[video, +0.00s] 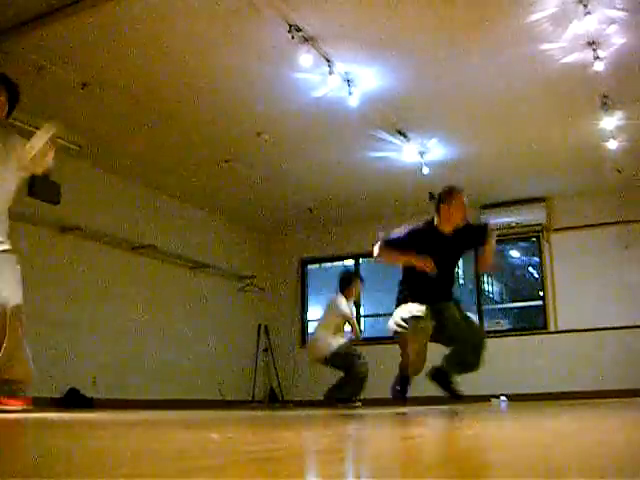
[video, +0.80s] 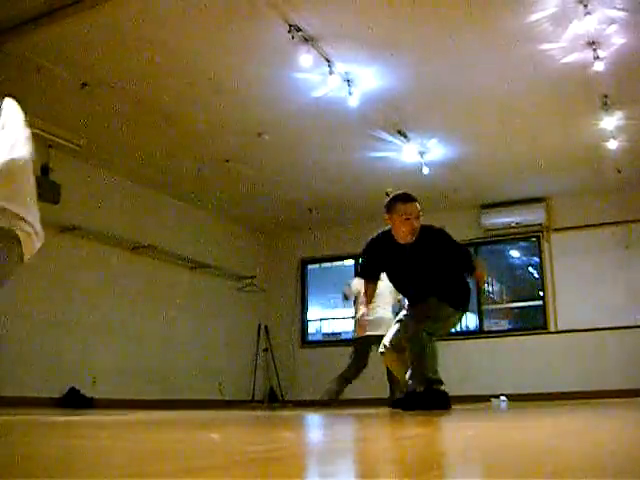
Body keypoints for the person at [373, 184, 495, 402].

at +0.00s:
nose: (465, 212)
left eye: (464, 206)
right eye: (460, 206)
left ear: (454, 210)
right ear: (446, 209)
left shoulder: (464, 233)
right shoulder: (420, 233)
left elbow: (488, 233)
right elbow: (380, 252)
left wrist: (487, 249)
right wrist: (413, 260)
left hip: (443, 307)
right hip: (413, 304)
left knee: (474, 339)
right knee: (416, 324)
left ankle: (443, 372)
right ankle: (405, 377)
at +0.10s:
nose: (461, 247)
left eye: (461, 241)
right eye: (456, 241)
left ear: (461, 244)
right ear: (441, 243)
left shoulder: (458, 267)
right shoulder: (418, 267)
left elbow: (475, 274)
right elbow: (381, 290)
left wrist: (469, 297)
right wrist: (417, 303)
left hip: (431, 328)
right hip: (401, 325)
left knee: (458, 361)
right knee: (410, 336)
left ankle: (427, 388)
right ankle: (393, 392)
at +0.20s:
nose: (459, 284)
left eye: (458, 279)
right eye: (454, 279)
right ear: (437, 281)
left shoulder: (456, 301)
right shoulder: (414, 302)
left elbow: (471, 322)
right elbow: (376, 328)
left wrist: (469, 346)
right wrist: (407, 344)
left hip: (426, 352)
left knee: (460, 368)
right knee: (400, 356)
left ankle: (428, 393)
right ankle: (389, 394)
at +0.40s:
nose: (435, 256)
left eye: (437, 249)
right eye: (429, 249)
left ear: (439, 250)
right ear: (414, 251)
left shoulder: (446, 278)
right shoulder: (393, 278)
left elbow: (445, 314)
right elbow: (371, 306)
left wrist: (434, 291)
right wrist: (365, 338)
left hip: (430, 341)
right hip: (398, 339)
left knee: (457, 374)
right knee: (397, 358)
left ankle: (438, 396)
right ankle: (391, 391)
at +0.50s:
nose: (425, 229)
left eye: (428, 224)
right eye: (419, 224)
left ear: (432, 225)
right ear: (405, 226)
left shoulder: (440, 250)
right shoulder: (387, 249)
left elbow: (432, 285)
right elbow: (371, 272)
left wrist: (419, 252)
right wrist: (365, 296)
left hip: (432, 312)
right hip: (399, 313)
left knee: (446, 353)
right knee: (391, 349)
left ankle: (449, 390)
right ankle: (388, 391)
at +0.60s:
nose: (424, 221)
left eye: (426, 215)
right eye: (417, 216)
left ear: (430, 213)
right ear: (401, 217)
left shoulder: (439, 238)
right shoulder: (383, 235)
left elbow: (433, 281)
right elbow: (372, 258)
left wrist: (411, 258)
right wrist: (364, 285)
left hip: (433, 295)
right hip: (402, 296)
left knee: (429, 338)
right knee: (385, 345)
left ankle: (452, 379)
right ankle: (389, 392)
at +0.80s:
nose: (414, 225)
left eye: (417, 218)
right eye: (407, 219)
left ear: (421, 216)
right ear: (389, 219)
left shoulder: (436, 238)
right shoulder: (378, 247)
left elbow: (473, 266)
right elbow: (370, 279)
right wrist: (368, 304)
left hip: (451, 299)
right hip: (417, 304)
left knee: (420, 332)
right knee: (391, 349)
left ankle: (433, 389)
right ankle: (415, 391)